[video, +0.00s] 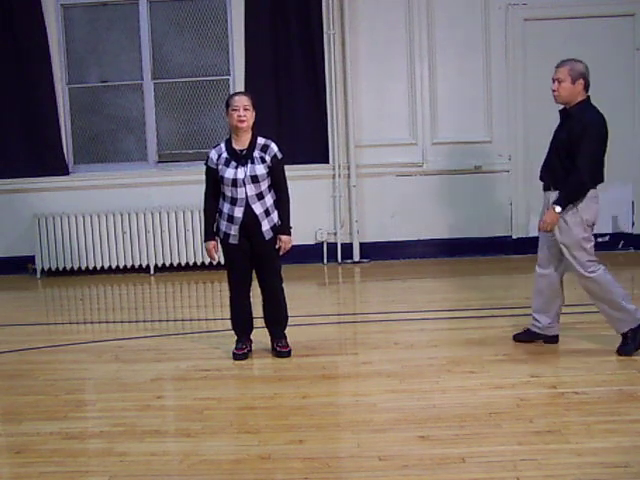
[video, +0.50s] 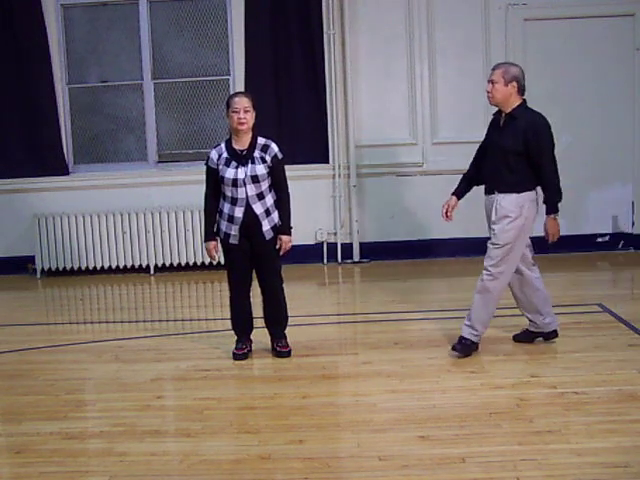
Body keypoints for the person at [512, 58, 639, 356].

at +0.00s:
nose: (553, 87)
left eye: (558, 82)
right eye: (553, 82)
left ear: (579, 85)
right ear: (574, 86)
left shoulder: (590, 120)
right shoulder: (569, 117)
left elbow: (584, 174)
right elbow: (566, 163)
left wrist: (557, 207)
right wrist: (549, 197)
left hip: (576, 201)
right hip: (554, 198)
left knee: (586, 268)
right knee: (547, 266)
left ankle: (631, 324)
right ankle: (544, 328)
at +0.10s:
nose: (537, 87)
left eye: (542, 82)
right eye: (536, 81)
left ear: (562, 84)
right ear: (554, 85)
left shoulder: (576, 119)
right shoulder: (553, 116)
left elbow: (576, 172)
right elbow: (553, 162)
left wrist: (556, 210)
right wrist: (538, 199)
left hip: (559, 198)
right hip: (540, 196)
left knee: (552, 265)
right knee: (538, 264)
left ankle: (604, 316)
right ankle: (544, 327)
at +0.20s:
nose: (522, 87)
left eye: (527, 81)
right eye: (522, 81)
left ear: (547, 84)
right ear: (537, 85)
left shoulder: (564, 118)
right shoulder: (537, 117)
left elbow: (570, 172)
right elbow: (525, 160)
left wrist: (557, 211)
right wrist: (509, 194)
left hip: (545, 197)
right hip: (526, 196)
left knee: (533, 264)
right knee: (529, 264)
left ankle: (563, 323)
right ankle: (540, 326)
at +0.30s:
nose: (510, 87)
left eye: (515, 81)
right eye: (510, 81)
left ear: (535, 84)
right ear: (525, 85)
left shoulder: (554, 120)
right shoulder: (522, 118)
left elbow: (566, 171)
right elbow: (506, 159)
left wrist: (559, 211)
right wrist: (483, 194)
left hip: (536, 199)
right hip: (517, 198)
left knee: (518, 265)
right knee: (535, 264)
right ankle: (546, 327)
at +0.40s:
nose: (498, 88)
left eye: (504, 83)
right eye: (498, 83)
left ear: (524, 86)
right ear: (513, 87)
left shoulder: (544, 121)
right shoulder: (509, 121)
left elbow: (558, 168)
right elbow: (491, 161)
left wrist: (558, 211)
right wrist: (467, 194)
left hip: (529, 200)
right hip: (506, 200)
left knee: (509, 267)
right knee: (527, 264)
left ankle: (481, 333)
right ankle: (545, 327)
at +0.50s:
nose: (488, 88)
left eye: (493, 83)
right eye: (488, 83)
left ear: (512, 87)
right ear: (505, 87)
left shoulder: (534, 123)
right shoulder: (498, 121)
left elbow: (548, 170)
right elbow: (481, 161)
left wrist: (552, 214)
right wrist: (457, 195)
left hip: (517, 202)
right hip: (494, 201)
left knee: (495, 268)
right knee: (519, 264)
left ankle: (471, 335)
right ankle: (543, 324)